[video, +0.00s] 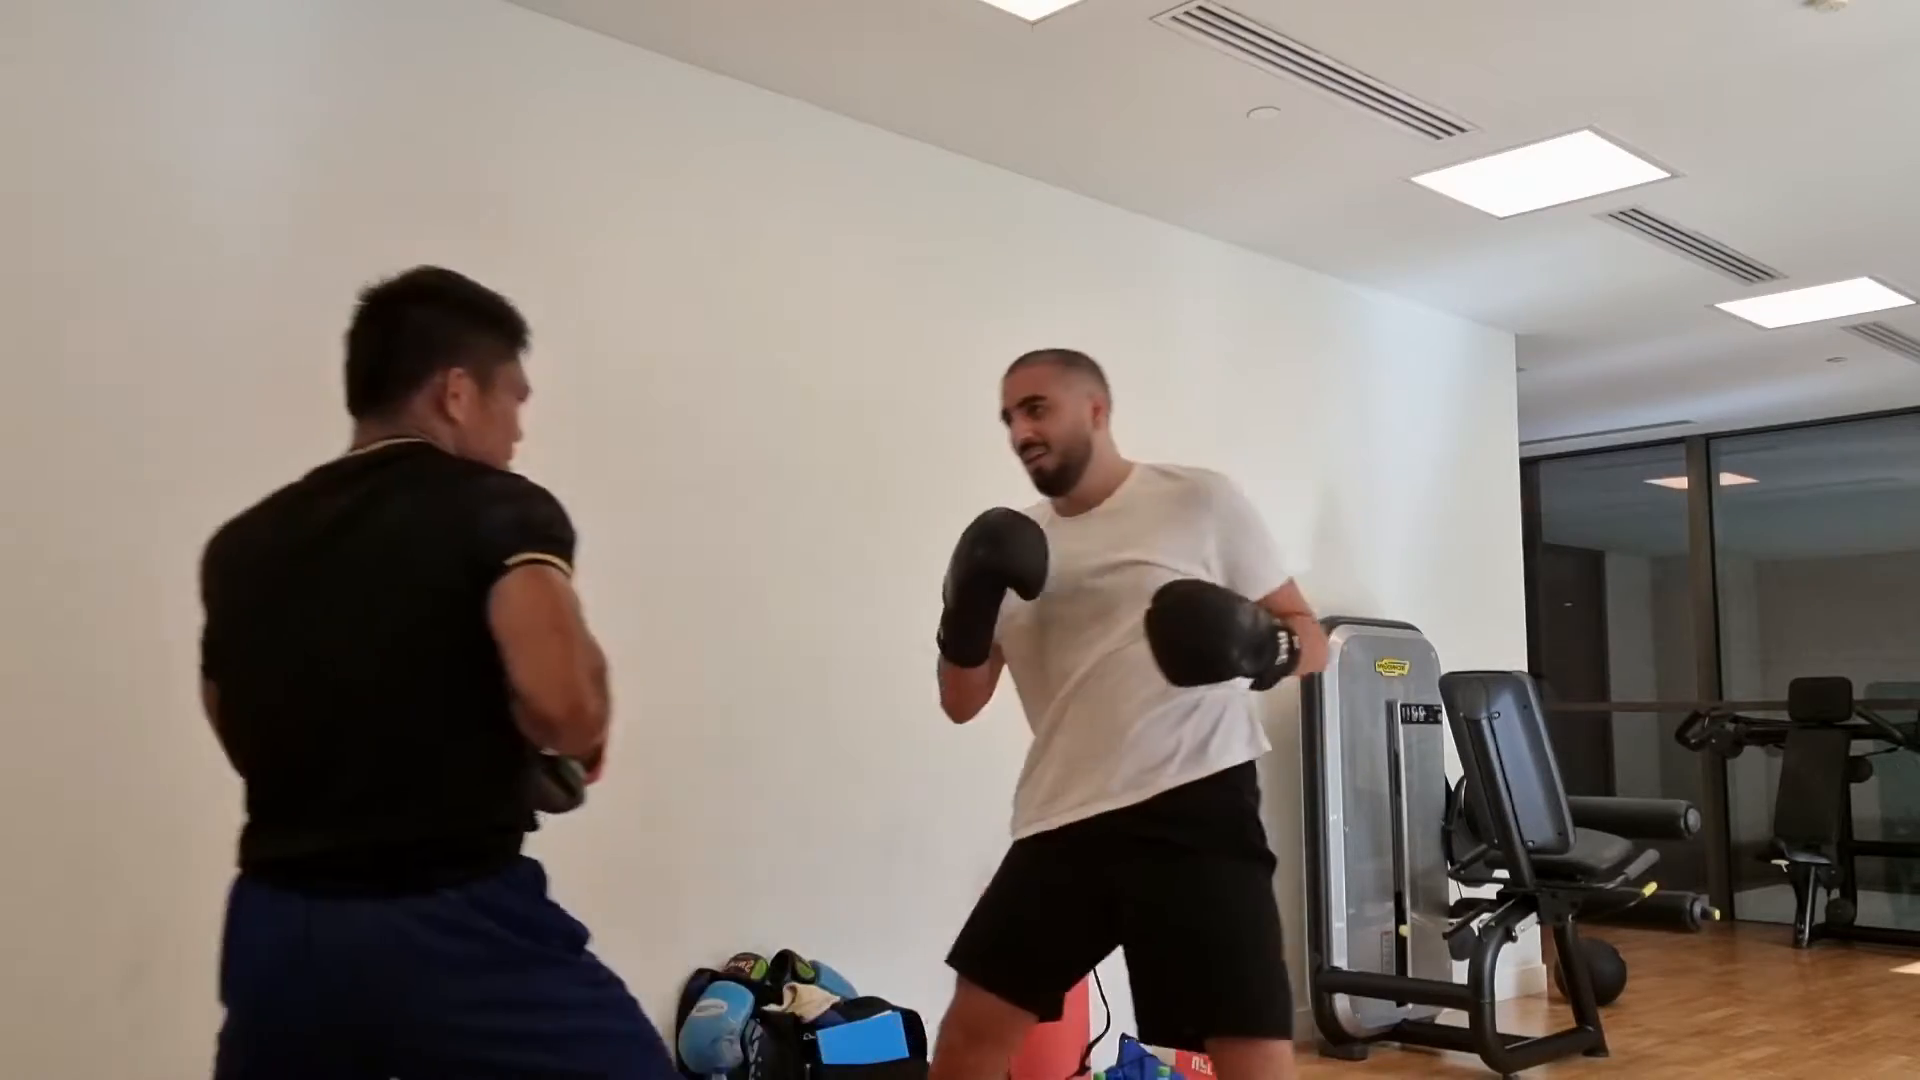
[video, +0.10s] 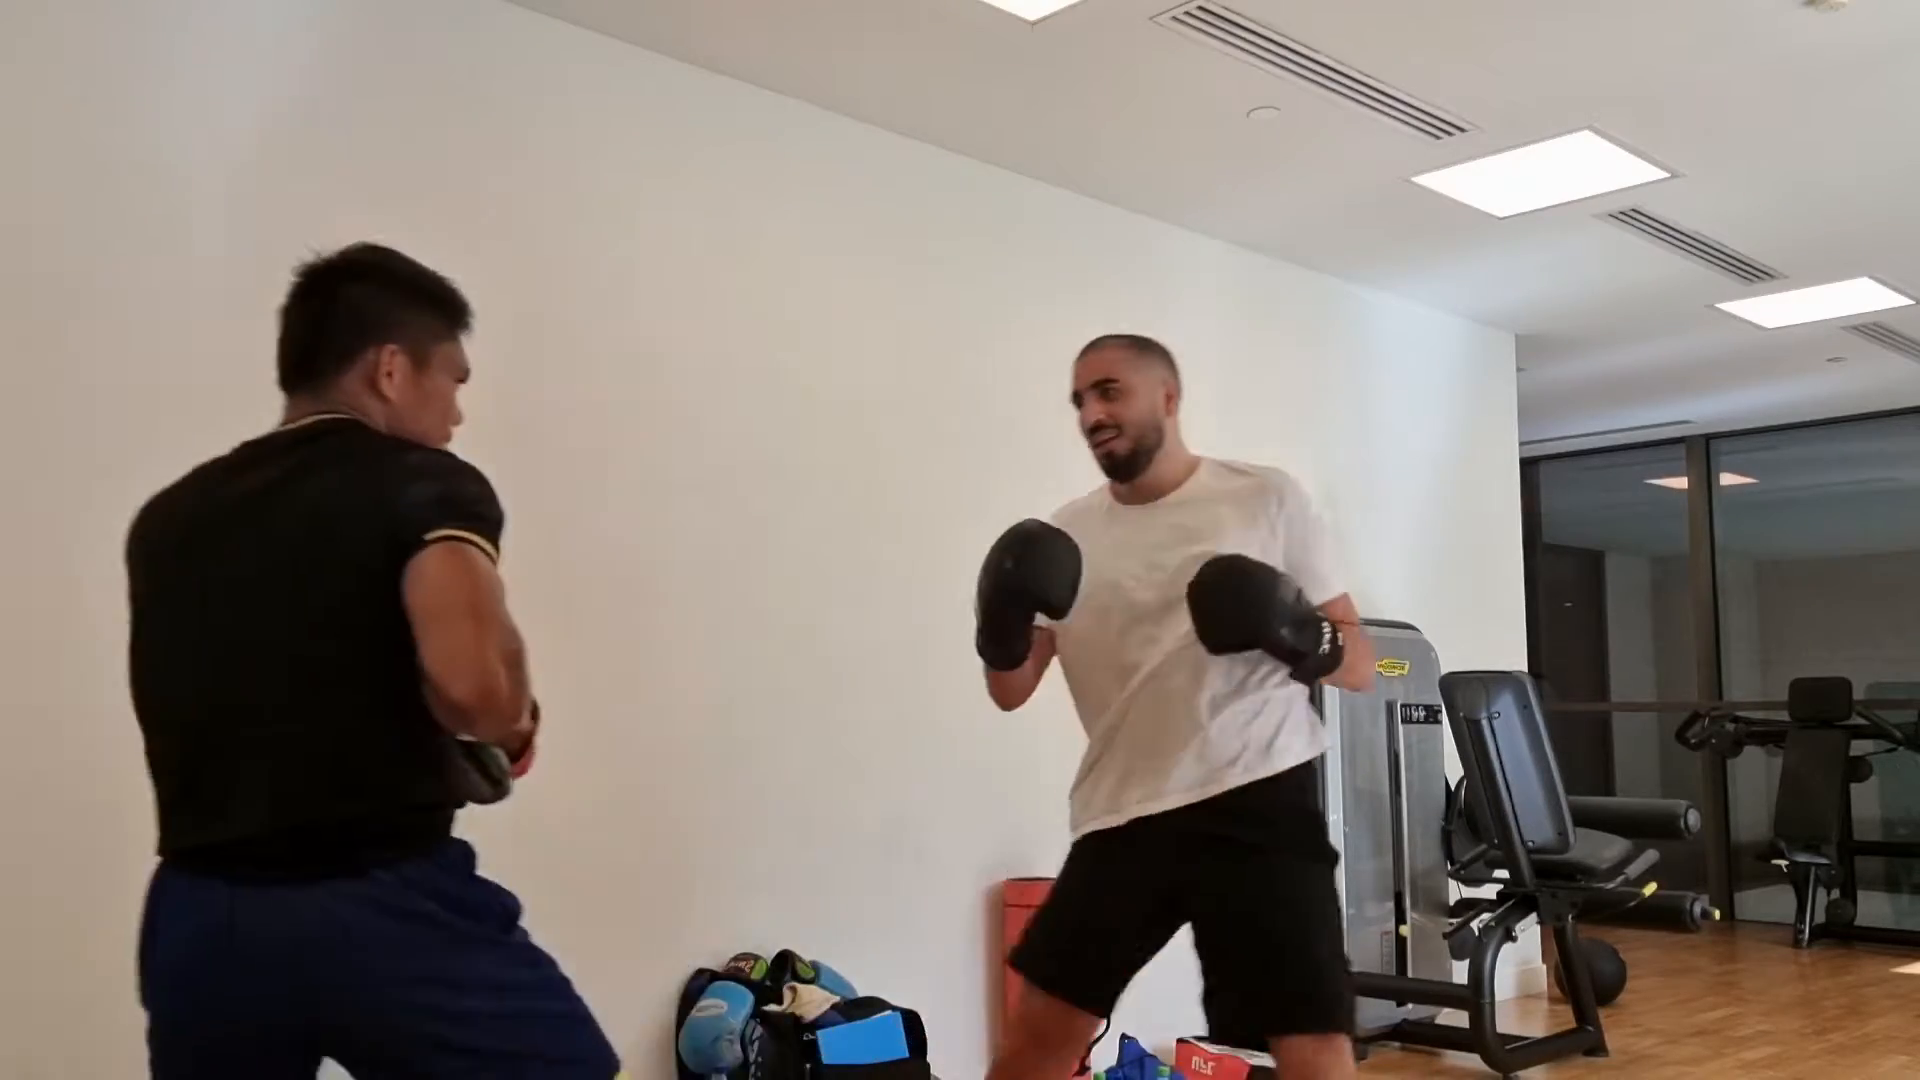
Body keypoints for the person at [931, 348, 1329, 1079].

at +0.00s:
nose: (1019, 432)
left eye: (1036, 408)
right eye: (1009, 418)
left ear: (1097, 407)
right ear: (1007, 434)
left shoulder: (1204, 501)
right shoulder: (1014, 549)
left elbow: (1310, 642)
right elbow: (961, 702)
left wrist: (1260, 647)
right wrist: (970, 597)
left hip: (1199, 814)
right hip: (1060, 831)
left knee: (1255, 1062)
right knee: (966, 1051)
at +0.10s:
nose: (1090, 414)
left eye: (1108, 391)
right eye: (1080, 402)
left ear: (1170, 394)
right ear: (1075, 419)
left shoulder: (1269, 499)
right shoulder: (1062, 540)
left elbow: (1357, 662)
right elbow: (1010, 689)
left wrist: (1294, 631)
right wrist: (1004, 612)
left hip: (1261, 804)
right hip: (1121, 824)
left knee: (1312, 1049)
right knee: (1036, 1031)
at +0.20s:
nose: (1151, 393)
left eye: (1171, 371)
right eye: (1139, 380)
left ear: (1229, 379)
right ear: (1134, 400)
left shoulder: (1319, 486)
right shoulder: (1115, 516)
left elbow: (1412, 655)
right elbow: (1047, 669)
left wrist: (1332, 601)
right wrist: (1042, 626)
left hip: (1312, 804)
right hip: (1170, 819)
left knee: (1349, 1062)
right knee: (1072, 1056)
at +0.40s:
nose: (1213, 332)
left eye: (1234, 311)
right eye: (1201, 320)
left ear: (1293, 320)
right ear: (1194, 337)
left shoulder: (1375, 422)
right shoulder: (1170, 450)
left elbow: (1476, 583)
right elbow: (1141, 600)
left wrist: (1366, 523)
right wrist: (1129, 655)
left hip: (1360, 753)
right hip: (1220, 763)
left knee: (1386, 1032)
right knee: (1186, 1025)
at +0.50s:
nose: (1241, 372)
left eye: (1262, 350)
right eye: (1228, 360)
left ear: (1321, 360)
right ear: (1219, 380)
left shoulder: (1399, 468)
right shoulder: (1191, 500)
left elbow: (1500, 630)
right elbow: (1175, 647)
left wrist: (1390, 535)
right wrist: (1173, 707)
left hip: (1386, 804)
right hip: (1244, 821)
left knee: (1424, 1064)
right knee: (1208, 1064)